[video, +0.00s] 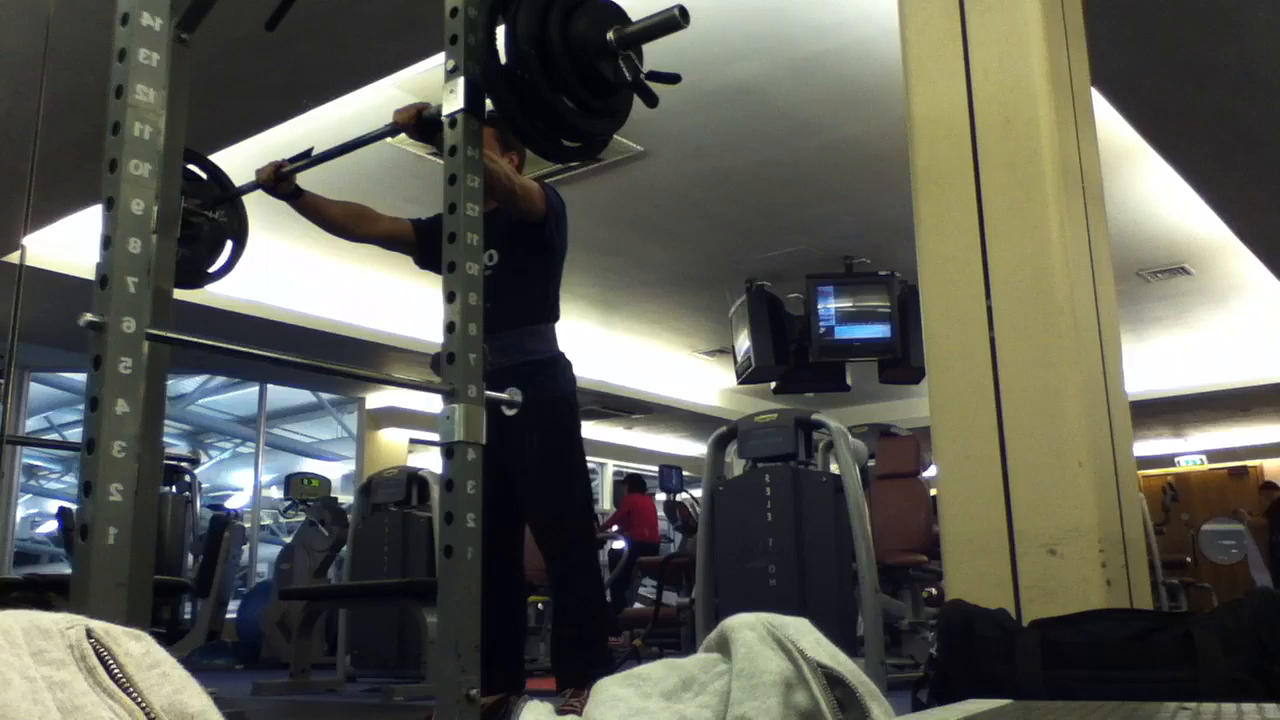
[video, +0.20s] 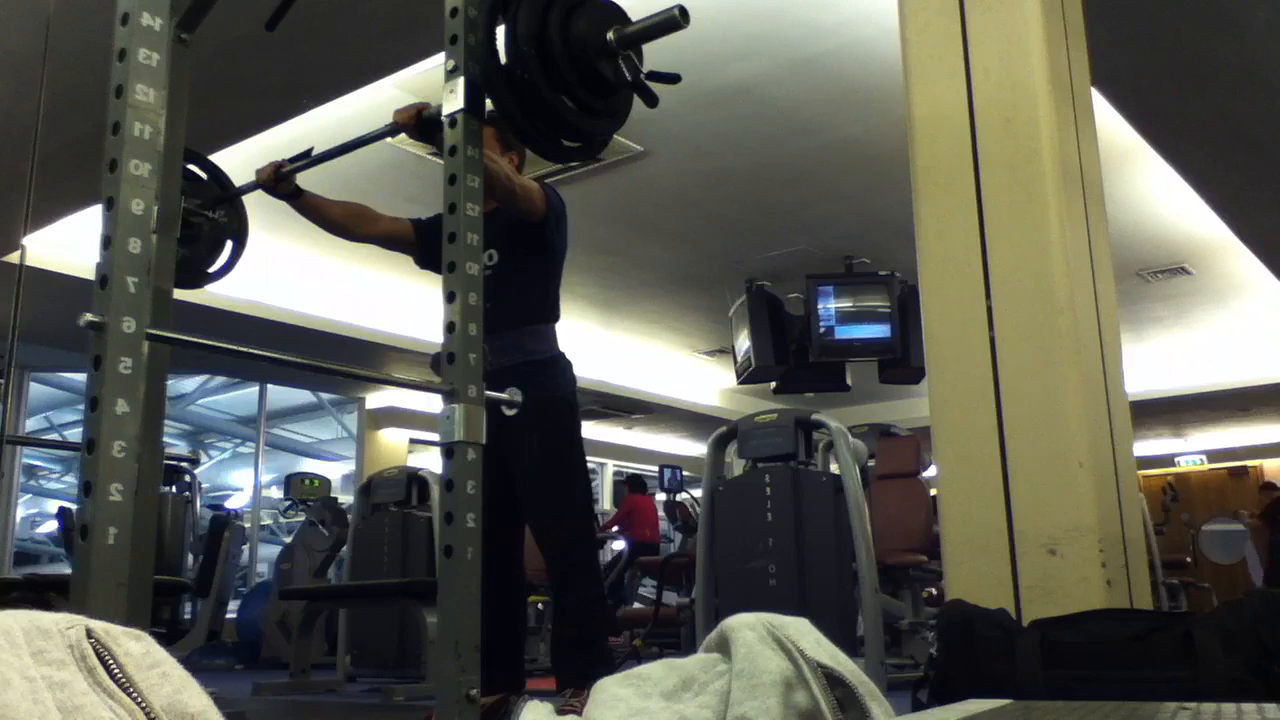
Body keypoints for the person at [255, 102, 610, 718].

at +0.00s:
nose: (469, 165)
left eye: (479, 153)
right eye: (464, 157)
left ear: (513, 156)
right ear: (460, 165)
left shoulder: (543, 209)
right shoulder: (458, 227)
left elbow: (505, 182)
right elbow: (369, 224)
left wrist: (441, 132)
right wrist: (294, 193)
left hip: (537, 384)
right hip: (476, 392)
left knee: (563, 537)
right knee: (489, 546)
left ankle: (579, 684)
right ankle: (499, 687)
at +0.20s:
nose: (470, 165)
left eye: (480, 153)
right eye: (464, 158)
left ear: (513, 155)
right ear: (460, 165)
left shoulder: (543, 208)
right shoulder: (457, 227)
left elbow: (506, 183)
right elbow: (368, 224)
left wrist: (441, 133)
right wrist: (294, 193)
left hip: (537, 384)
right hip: (476, 393)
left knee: (564, 537)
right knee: (489, 546)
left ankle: (579, 683)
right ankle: (499, 686)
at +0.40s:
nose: (470, 162)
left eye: (480, 150)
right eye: (465, 155)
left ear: (515, 155)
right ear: (460, 163)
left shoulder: (543, 206)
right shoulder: (457, 225)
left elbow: (503, 179)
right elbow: (369, 222)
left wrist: (440, 133)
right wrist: (294, 193)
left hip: (538, 385)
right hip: (476, 393)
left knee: (565, 537)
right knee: (488, 546)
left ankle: (579, 684)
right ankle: (498, 687)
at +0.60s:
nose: (470, 155)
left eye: (481, 145)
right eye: (465, 149)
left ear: (516, 151)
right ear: (460, 159)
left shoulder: (541, 199)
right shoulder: (457, 220)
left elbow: (503, 177)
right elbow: (369, 219)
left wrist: (440, 133)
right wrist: (295, 193)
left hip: (539, 384)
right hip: (477, 392)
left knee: (565, 539)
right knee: (488, 546)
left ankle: (579, 684)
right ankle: (498, 687)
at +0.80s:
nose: (469, 151)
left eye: (480, 141)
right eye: (464, 145)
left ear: (513, 147)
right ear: (459, 156)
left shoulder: (538, 194)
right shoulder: (455, 217)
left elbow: (502, 176)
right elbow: (368, 219)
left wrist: (440, 133)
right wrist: (294, 192)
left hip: (538, 384)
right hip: (476, 391)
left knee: (564, 539)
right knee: (488, 547)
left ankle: (579, 685)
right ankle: (498, 687)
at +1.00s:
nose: (470, 154)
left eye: (482, 143)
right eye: (465, 144)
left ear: (513, 152)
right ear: (455, 154)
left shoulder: (535, 198)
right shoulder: (447, 215)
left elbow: (506, 183)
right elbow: (361, 235)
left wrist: (443, 139)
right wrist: (296, 194)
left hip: (527, 383)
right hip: (469, 386)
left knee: (529, 532)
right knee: (472, 536)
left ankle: (532, 687)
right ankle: (485, 685)